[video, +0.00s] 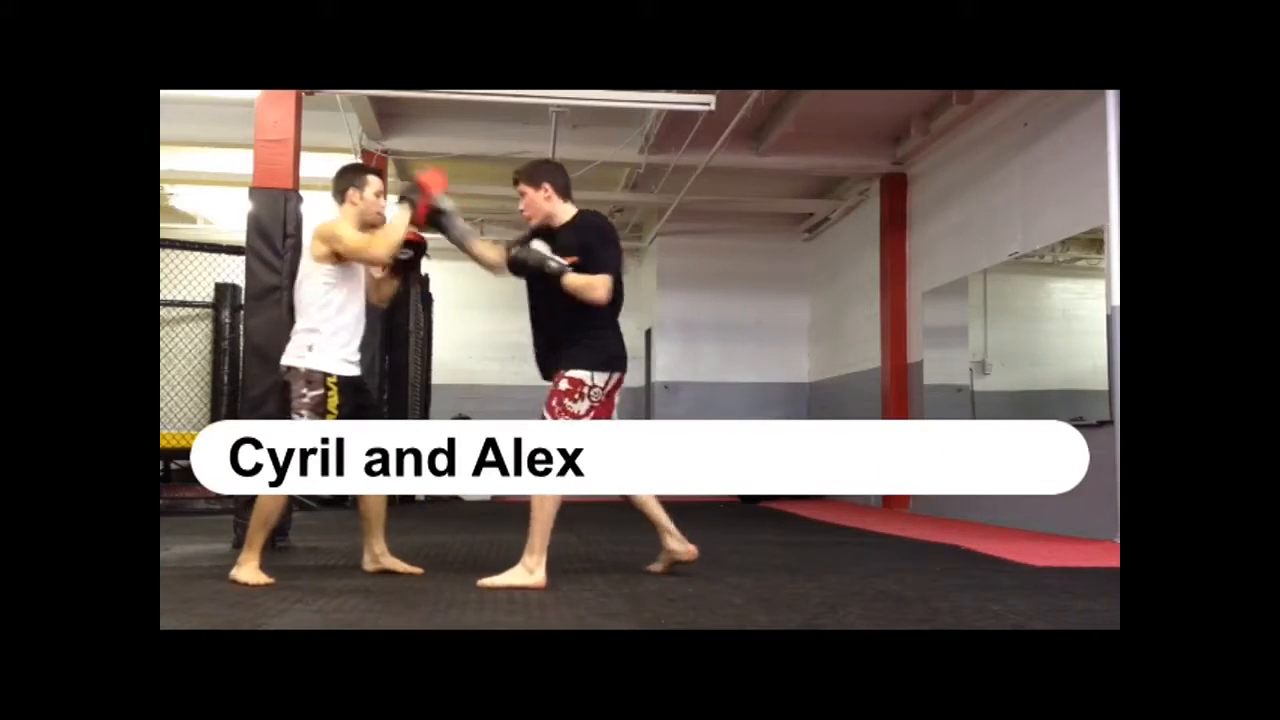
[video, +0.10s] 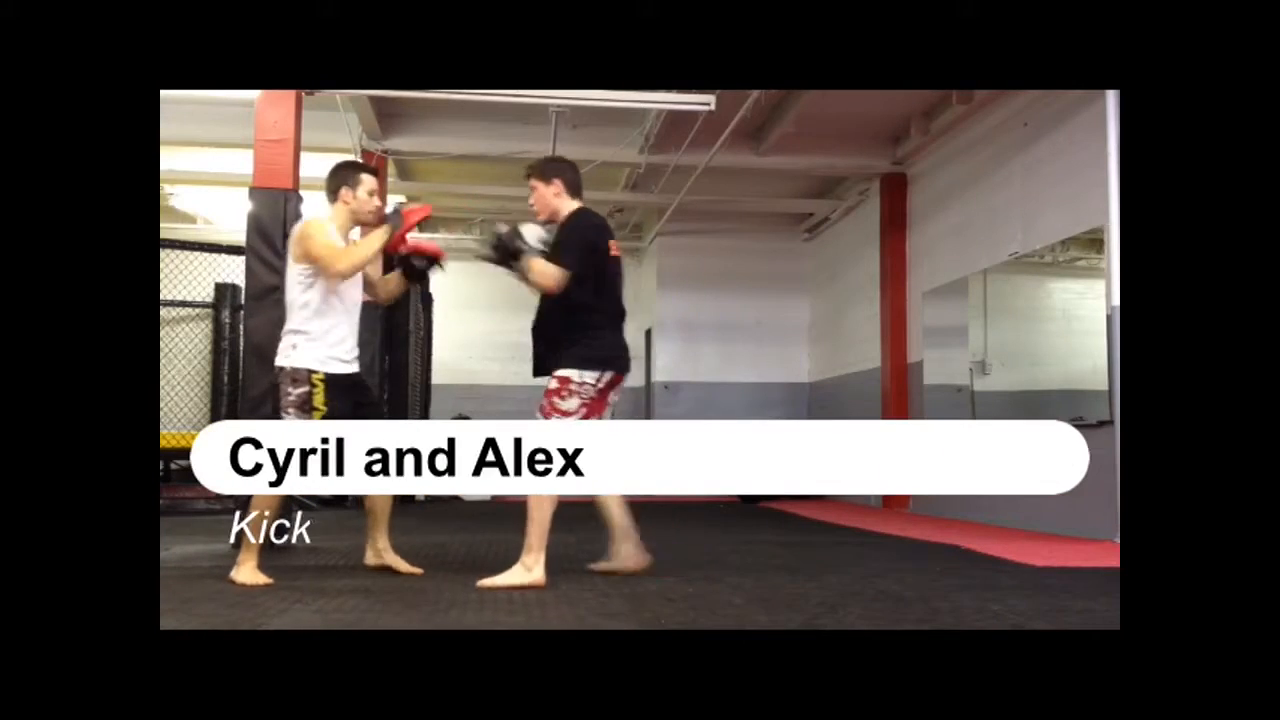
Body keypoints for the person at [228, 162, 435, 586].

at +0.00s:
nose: (385, 204)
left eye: (385, 196)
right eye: (378, 195)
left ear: (361, 198)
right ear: (353, 196)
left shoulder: (361, 243)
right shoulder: (329, 232)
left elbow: (379, 296)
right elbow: (379, 250)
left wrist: (402, 258)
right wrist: (406, 211)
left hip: (346, 368)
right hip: (313, 366)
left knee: (374, 458)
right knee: (291, 463)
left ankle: (376, 551)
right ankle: (248, 560)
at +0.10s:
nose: (378, 203)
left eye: (378, 195)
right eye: (371, 194)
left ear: (356, 199)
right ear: (344, 195)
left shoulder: (359, 241)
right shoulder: (311, 230)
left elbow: (381, 292)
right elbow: (340, 264)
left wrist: (415, 265)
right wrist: (391, 229)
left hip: (345, 367)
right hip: (305, 366)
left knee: (382, 453)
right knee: (286, 461)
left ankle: (379, 546)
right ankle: (247, 560)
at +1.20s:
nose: (351, 215)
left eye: (352, 207)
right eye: (346, 206)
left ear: (324, 206)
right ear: (320, 203)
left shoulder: (317, 251)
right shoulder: (274, 236)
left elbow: (298, 305)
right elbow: (248, 293)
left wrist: (339, 306)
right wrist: (316, 300)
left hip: (301, 373)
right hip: (260, 371)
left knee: (340, 455)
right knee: (247, 466)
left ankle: (354, 547)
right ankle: (197, 552)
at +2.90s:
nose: (383, 196)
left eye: (383, 188)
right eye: (376, 187)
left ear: (357, 192)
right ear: (349, 189)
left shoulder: (366, 239)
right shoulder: (310, 228)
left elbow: (398, 269)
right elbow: (326, 271)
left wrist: (413, 232)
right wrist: (368, 232)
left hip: (365, 367)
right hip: (318, 367)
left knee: (405, 450)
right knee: (292, 464)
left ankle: (418, 541)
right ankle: (259, 558)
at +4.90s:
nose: (373, 207)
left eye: (374, 200)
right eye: (367, 198)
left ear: (348, 201)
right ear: (340, 198)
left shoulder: (350, 242)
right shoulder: (299, 237)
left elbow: (360, 294)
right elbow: (283, 298)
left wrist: (408, 270)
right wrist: (344, 282)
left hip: (360, 367)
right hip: (314, 367)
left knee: (405, 447)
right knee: (302, 464)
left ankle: (385, 538)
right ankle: (258, 561)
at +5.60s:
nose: (331, 201)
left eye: (332, 194)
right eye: (327, 192)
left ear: (307, 194)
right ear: (300, 190)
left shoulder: (303, 245)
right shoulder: (260, 229)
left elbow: (286, 303)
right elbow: (224, 284)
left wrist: (326, 303)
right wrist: (288, 297)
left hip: (291, 365)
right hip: (249, 363)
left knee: (317, 456)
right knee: (240, 462)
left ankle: (299, 548)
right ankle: (195, 555)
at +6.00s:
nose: (331, 197)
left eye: (331, 190)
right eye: (325, 188)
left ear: (304, 192)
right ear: (298, 189)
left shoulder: (310, 247)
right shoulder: (256, 229)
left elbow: (300, 295)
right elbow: (211, 279)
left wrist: (326, 300)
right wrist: (273, 294)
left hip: (288, 360)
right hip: (251, 356)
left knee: (280, 460)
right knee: (256, 456)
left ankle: (253, 554)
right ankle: (208, 541)